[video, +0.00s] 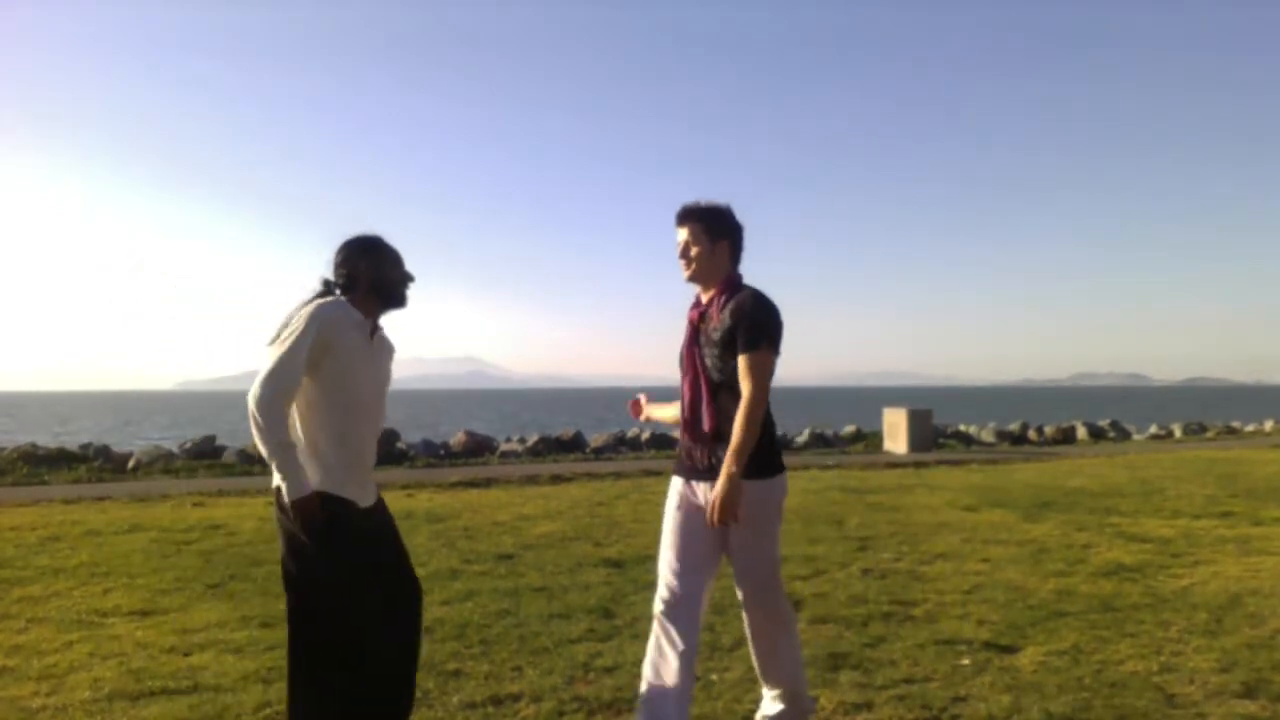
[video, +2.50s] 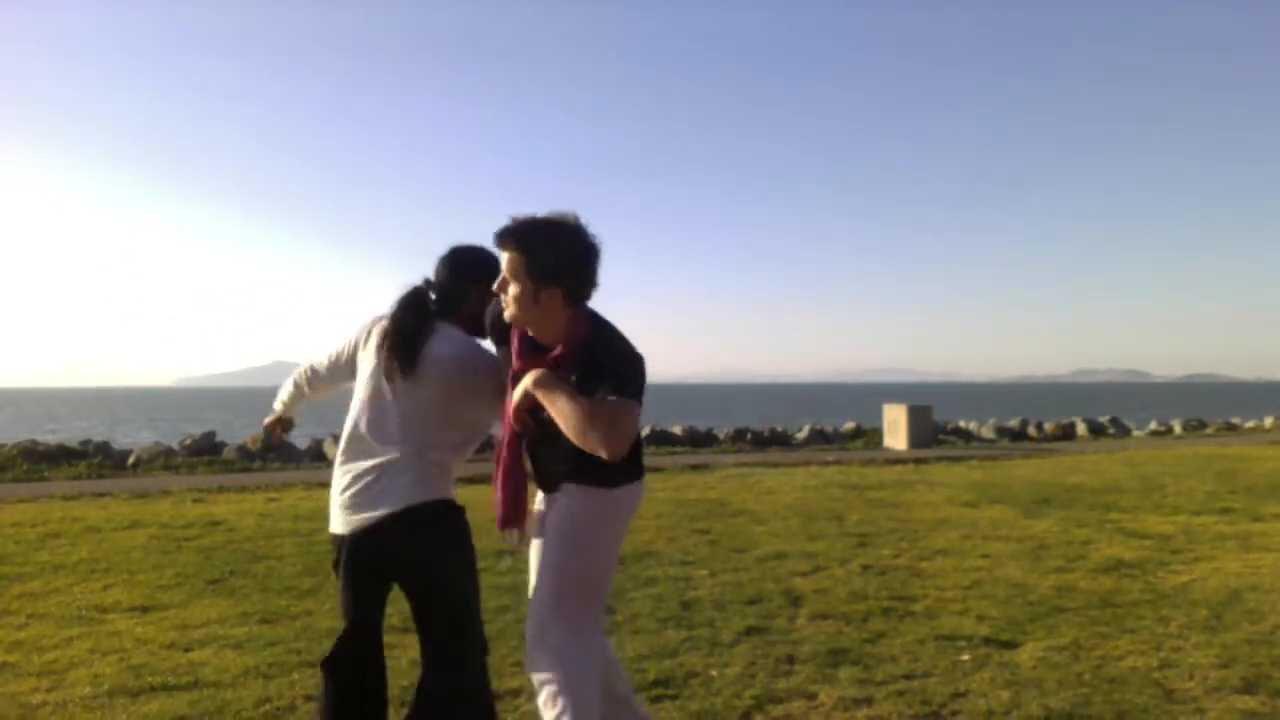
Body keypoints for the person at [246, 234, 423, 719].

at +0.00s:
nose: (408, 276)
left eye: (403, 266)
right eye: (395, 264)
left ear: (370, 274)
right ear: (362, 270)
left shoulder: (380, 346)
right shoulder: (324, 314)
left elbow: (351, 421)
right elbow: (265, 400)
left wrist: (363, 486)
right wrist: (297, 488)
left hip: (366, 509)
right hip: (320, 507)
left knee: (402, 605)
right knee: (331, 636)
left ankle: (387, 711)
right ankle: (326, 712)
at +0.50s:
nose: (450, 274)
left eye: (446, 265)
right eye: (438, 265)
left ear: (397, 277)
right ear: (404, 272)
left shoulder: (381, 324)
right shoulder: (408, 317)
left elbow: (341, 408)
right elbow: (432, 379)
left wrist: (343, 479)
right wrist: (502, 325)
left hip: (365, 488)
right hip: (392, 492)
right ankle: (428, 707)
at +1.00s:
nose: (481, 284)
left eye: (477, 275)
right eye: (470, 276)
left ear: (439, 288)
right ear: (444, 286)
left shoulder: (421, 340)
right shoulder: (452, 339)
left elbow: (405, 415)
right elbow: (524, 365)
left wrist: (438, 455)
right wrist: (544, 295)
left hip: (435, 483)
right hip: (463, 484)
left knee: (457, 608)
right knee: (493, 611)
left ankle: (452, 707)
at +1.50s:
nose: (492, 287)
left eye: (489, 278)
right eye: (480, 280)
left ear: (443, 294)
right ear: (447, 291)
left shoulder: (432, 344)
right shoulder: (474, 349)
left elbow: (413, 409)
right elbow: (550, 371)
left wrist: (448, 451)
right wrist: (552, 310)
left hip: (438, 490)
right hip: (467, 496)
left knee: (458, 616)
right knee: (482, 616)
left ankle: (455, 702)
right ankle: (489, 708)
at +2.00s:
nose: (477, 286)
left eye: (475, 276)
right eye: (468, 276)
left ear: (423, 281)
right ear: (433, 279)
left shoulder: (397, 340)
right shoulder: (442, 342)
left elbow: (384, 409)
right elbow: (526, 373)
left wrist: (462, 436)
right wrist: (531, 325)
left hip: (410, 497)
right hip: (441, 499)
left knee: (450, 639)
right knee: (471, 641)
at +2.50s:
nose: (501, 304)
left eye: (502, 294)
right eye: (497, 293)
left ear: (438, 288)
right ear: (478, 296)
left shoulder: (381, 331)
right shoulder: (478, 362)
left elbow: (314, 375)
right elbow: (523, 424)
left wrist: (280, 412)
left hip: (355, 517)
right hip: (427, 515)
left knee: (357, 644)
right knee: (455, 651)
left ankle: (348, 714)